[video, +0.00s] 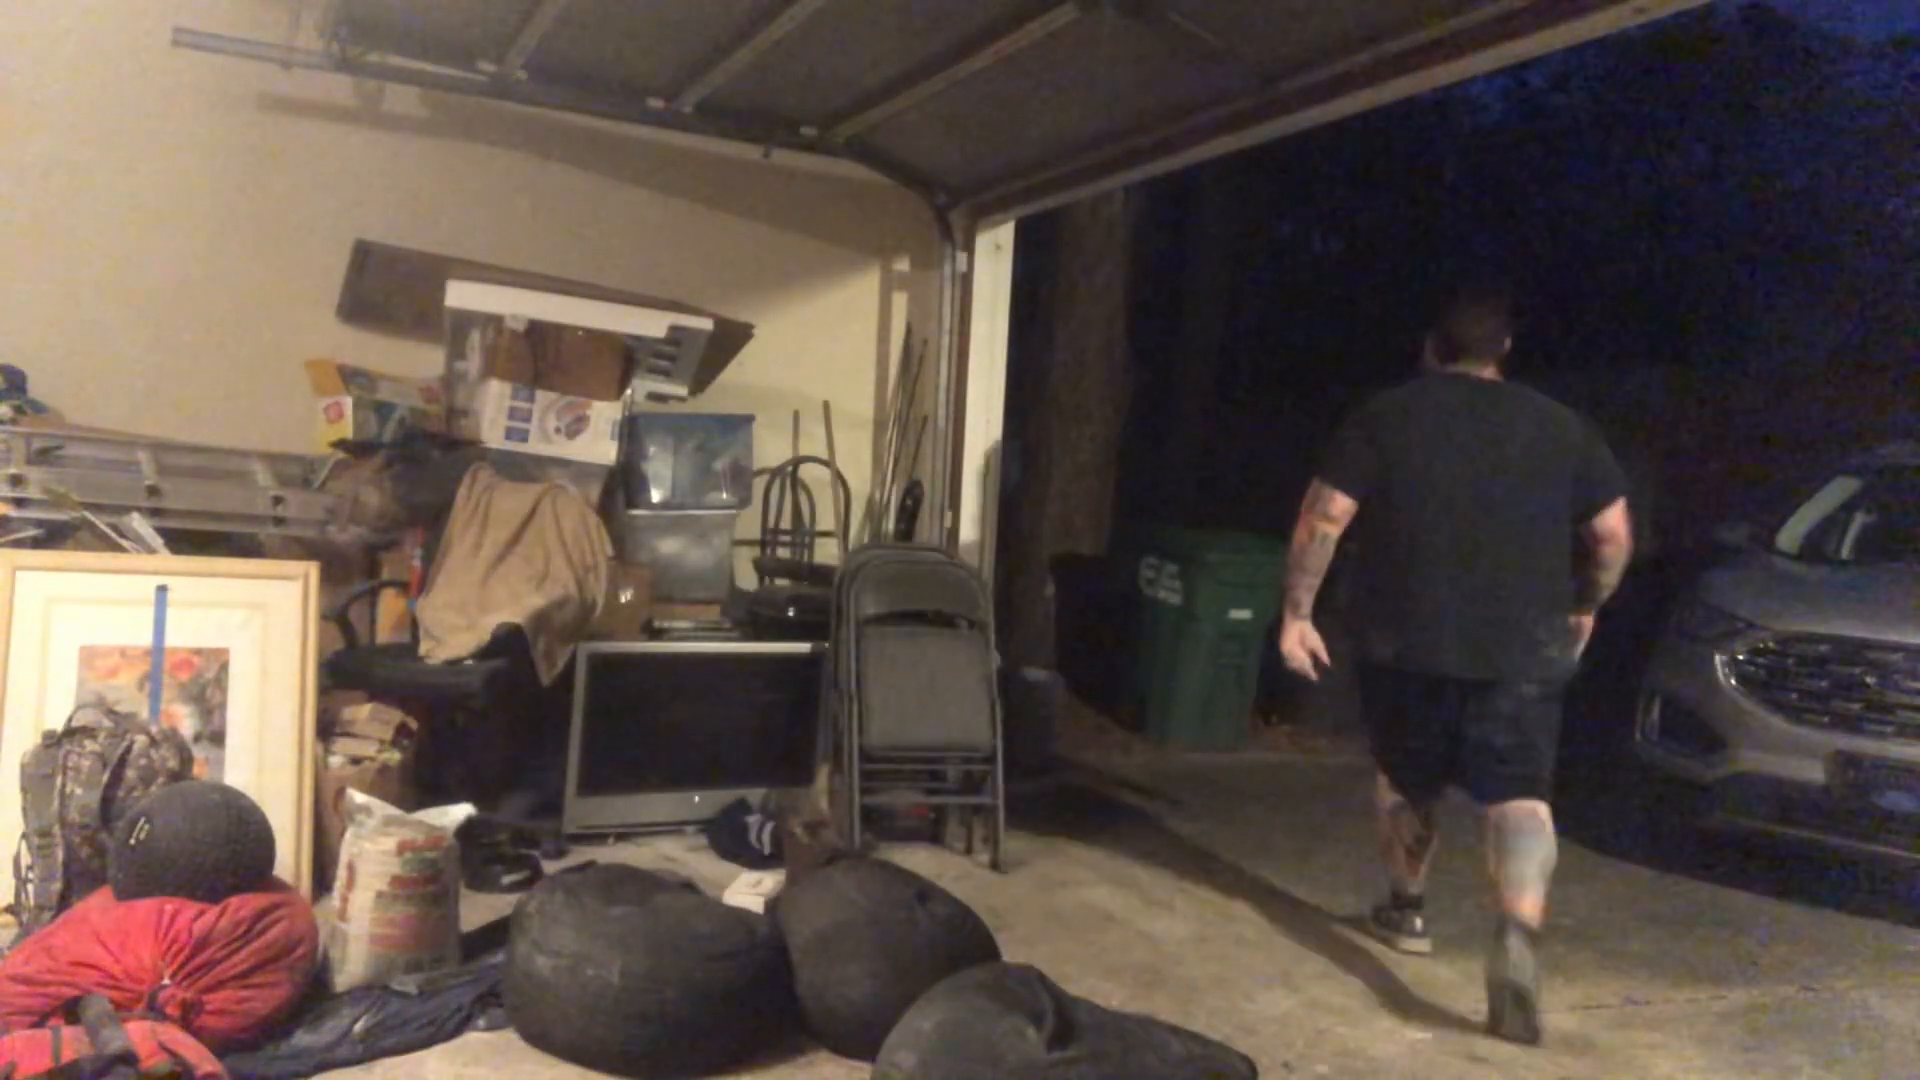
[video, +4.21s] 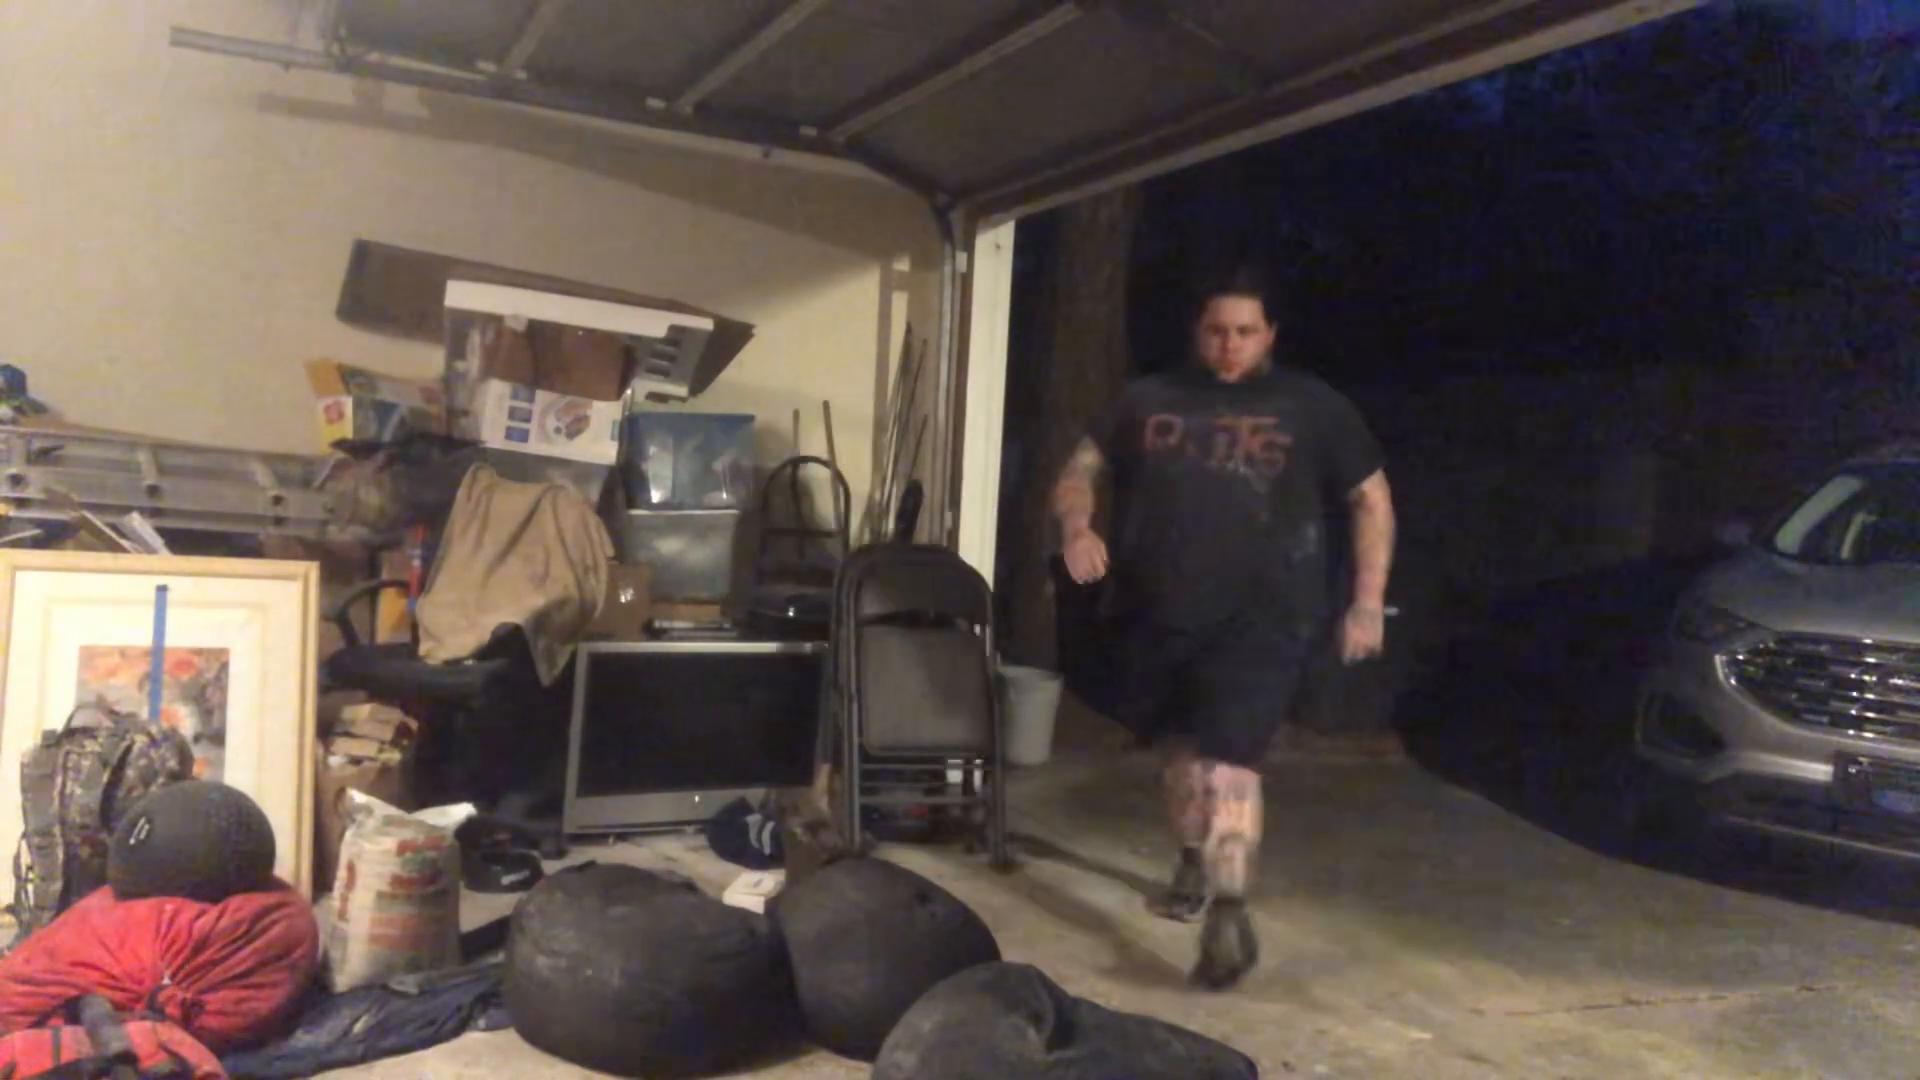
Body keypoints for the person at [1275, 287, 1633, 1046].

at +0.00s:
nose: (1425, 358)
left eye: (1428, 349)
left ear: (1430, 351)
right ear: (1505, 357)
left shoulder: (1389, 416)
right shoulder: (1559, 426)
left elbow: (1328, 512)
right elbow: (1613, 533)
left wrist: (1297, 610)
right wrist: (1589, 606)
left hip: (1408, 640)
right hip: (1521, 649)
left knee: (1405, 774)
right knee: (1521, 796)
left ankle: (1404, 906)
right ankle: (1517, 938)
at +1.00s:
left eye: (1412, 390)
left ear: (1413, 394)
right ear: (1466, 402)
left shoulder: (1381, 443)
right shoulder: (1497, 454)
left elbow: (1326, 510)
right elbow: (1547, 529)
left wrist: (1306, 577)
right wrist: (1522, 580)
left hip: (1384, 607)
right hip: (1464, 617)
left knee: (1380, 723)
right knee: (1444, 730)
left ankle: (1363, 805)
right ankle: (1431, 850)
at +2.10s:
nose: (1441, 432)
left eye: (1440, 422)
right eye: (1435, 423)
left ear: (1402, 426)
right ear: (1414, 426)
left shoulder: (1373, 467)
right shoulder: (1402, 475)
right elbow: (1422, 541)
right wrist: (1481, 592)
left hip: (1373, 598)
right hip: (1409, 601)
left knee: (1373, 682)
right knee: (1438, 688)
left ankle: (1340, 758)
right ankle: (1417, 785)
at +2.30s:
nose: (1413, 410)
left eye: (1418, 401)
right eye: (1404, 400)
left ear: (1423, 407)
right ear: (1381, 403)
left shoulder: (1416, 452)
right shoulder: (1359, 445)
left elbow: (1422, 504)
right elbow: (1341, 509)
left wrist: (1433, 537)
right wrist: (1376, 572)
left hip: (1403, 570)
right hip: (1367, 572)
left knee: (1362, 663)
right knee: (1389, 665)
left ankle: (1341, 743)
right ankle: (1397, 758)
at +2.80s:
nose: (1324, 411)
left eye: (1332, 402)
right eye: (1315, 402)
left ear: (1348, 406)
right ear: (1301, 408)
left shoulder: (1375, 455)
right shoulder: (1275, 459)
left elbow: (1420, 506)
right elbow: (1241, 525)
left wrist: (1390, 537)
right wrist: (1253, 592)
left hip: (1356, 596)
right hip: (1293, 594)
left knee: (1355, 687)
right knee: (1281, 699)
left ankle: (1332, 741)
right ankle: (1283, 781)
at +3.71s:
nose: (1266, 382)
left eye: (1278, 372)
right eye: (1256, 371)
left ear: (1300, 377)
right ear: (1241, 376)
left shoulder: (1336, 435)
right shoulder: (1201, 437)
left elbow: (1393, 501)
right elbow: (1153, 509)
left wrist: (1359, 550)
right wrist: (1129, 581)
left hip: (1303, 608)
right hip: (1221, 605)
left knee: (1293, 728)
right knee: (1211, 719)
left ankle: (1278, 818)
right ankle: (1200, 849)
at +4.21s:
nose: (1229, 343)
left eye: (1244, 331)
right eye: (1217, 330)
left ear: (1269, 336)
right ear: (1197, 332)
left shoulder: (1311, 408)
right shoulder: (1148, 400)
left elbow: (1373, 498)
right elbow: (1078, 472)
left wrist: (1368, 602)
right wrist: (1077, 530)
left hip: (1261, 612)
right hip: (1165, 608)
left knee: (1232, 761)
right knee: (1179, 753)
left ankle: (1228, 914)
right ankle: (1191, 869)